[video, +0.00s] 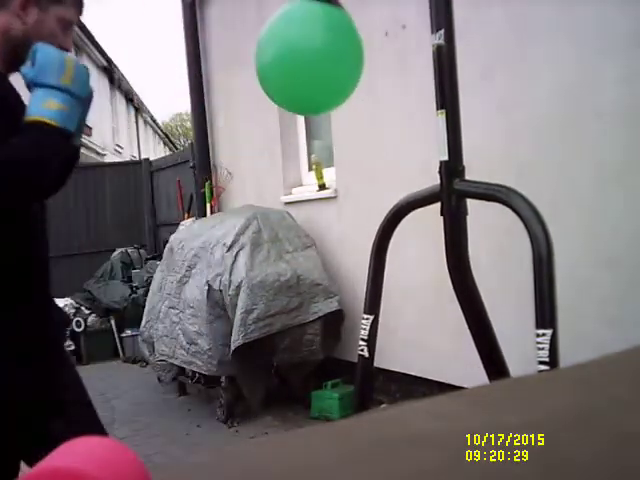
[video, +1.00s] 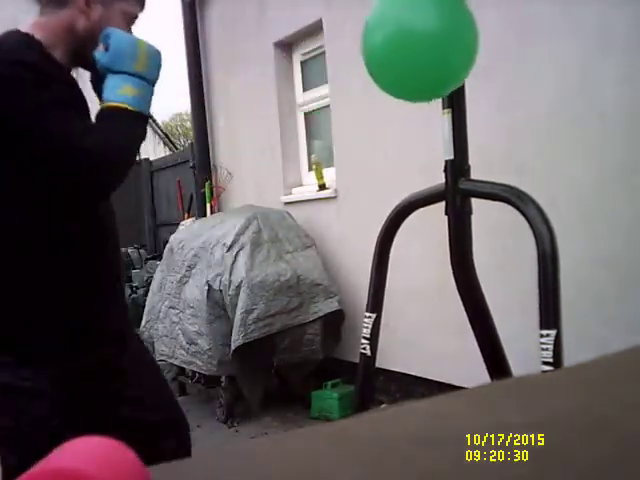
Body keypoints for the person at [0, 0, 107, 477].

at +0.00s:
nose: (70, 45)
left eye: (73, 29)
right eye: (66, 25)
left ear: (26, 13)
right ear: (24, 10)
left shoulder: (12, 93)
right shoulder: (1, 95)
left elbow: (37, 182)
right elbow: (24, 186)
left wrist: (59, 115)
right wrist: (51, 115)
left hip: (25, 324)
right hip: (13, 329)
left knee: (86, 461)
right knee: (83, 460)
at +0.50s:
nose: (111, 50)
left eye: (117, 40)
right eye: (112, 36)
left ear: (74, 15)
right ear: (78, 14)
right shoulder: (27, 84)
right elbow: (105, 180)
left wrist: (107, 100)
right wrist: (128, 99)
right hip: (64, 337)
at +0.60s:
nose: (132, 53)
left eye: (137, 40)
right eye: (132, 35)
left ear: (96, 18)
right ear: (97, 16)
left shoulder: (40, 80)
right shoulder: (34, 82)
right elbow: (101, 189)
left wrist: (115, 122)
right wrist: (140, 118)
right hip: (61, 335)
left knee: (153, 447)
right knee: (80, 466)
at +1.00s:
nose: (128, 38)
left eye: (132, 24)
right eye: (128, 20)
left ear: (86, 10)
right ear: (87, 7)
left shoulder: (50, 79)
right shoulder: (18, 71)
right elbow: (91, 178)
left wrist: (119, 91)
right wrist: (129, 87)